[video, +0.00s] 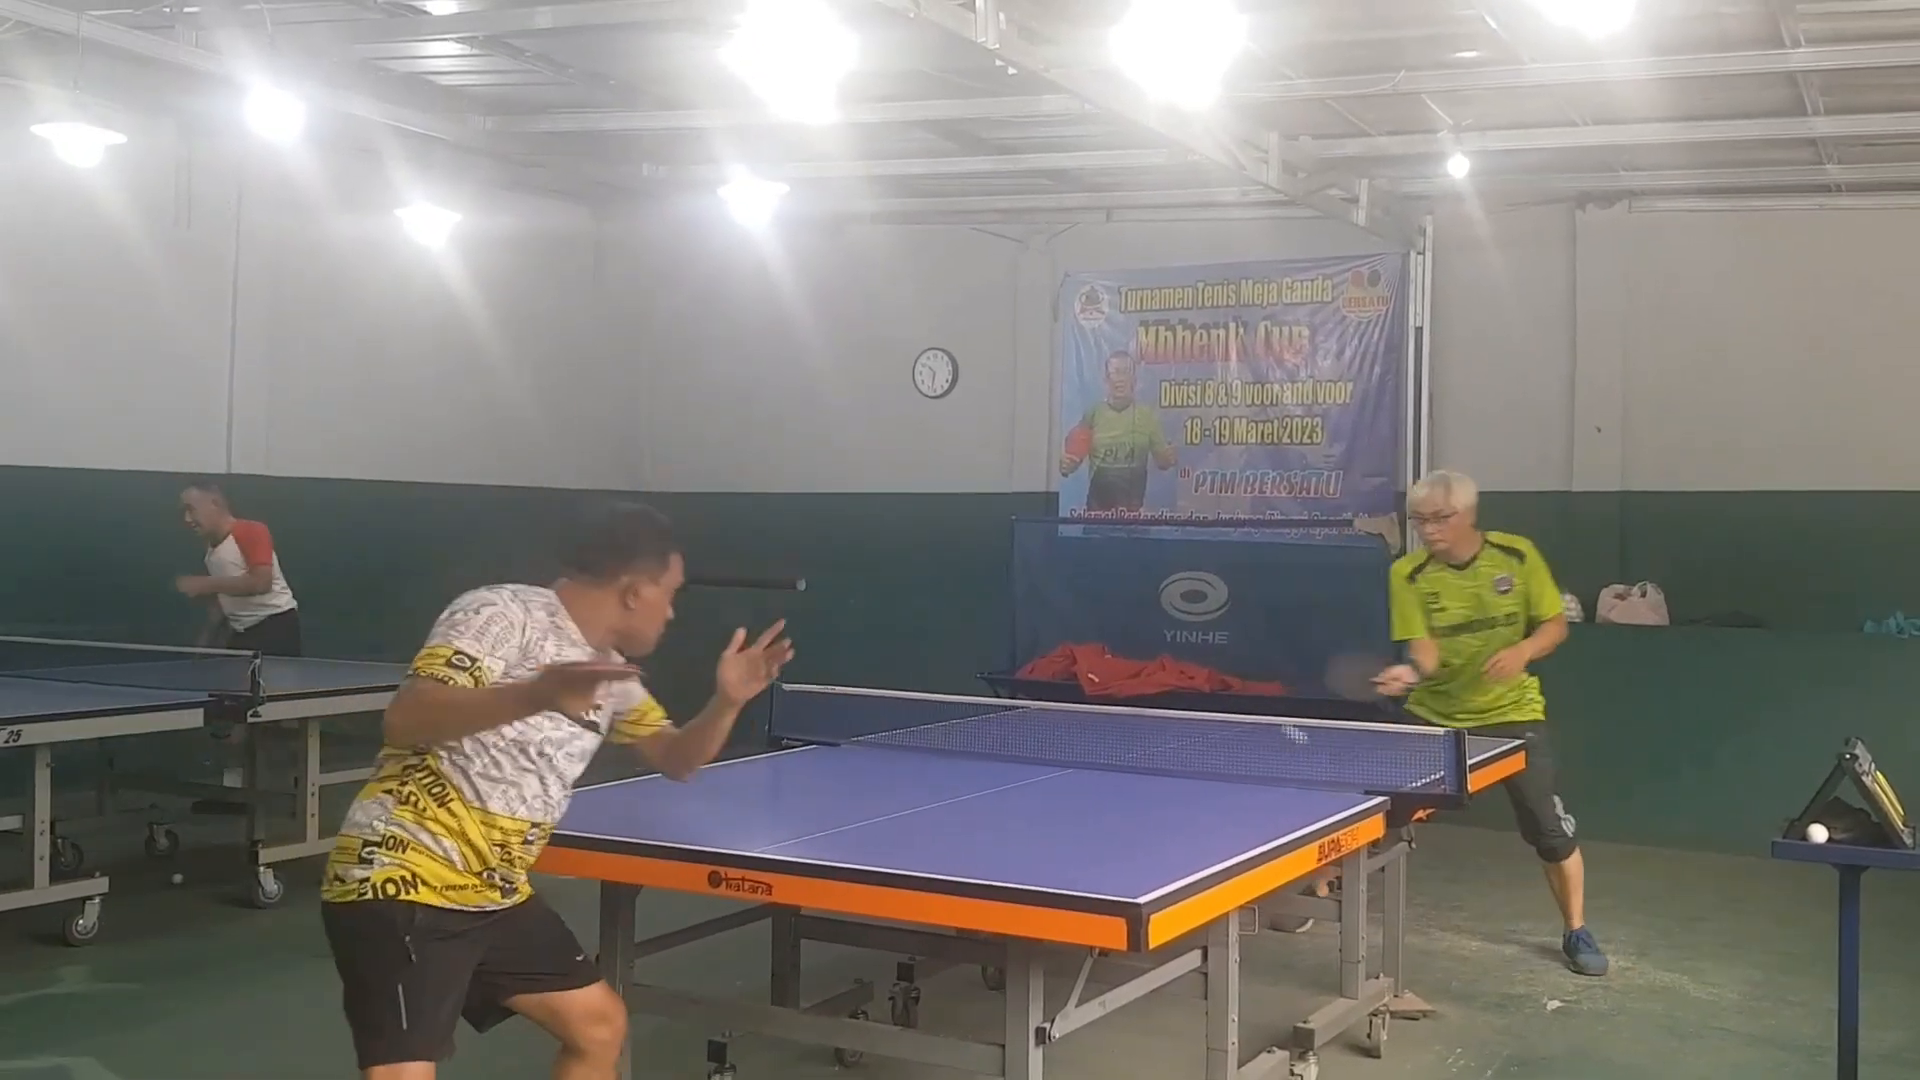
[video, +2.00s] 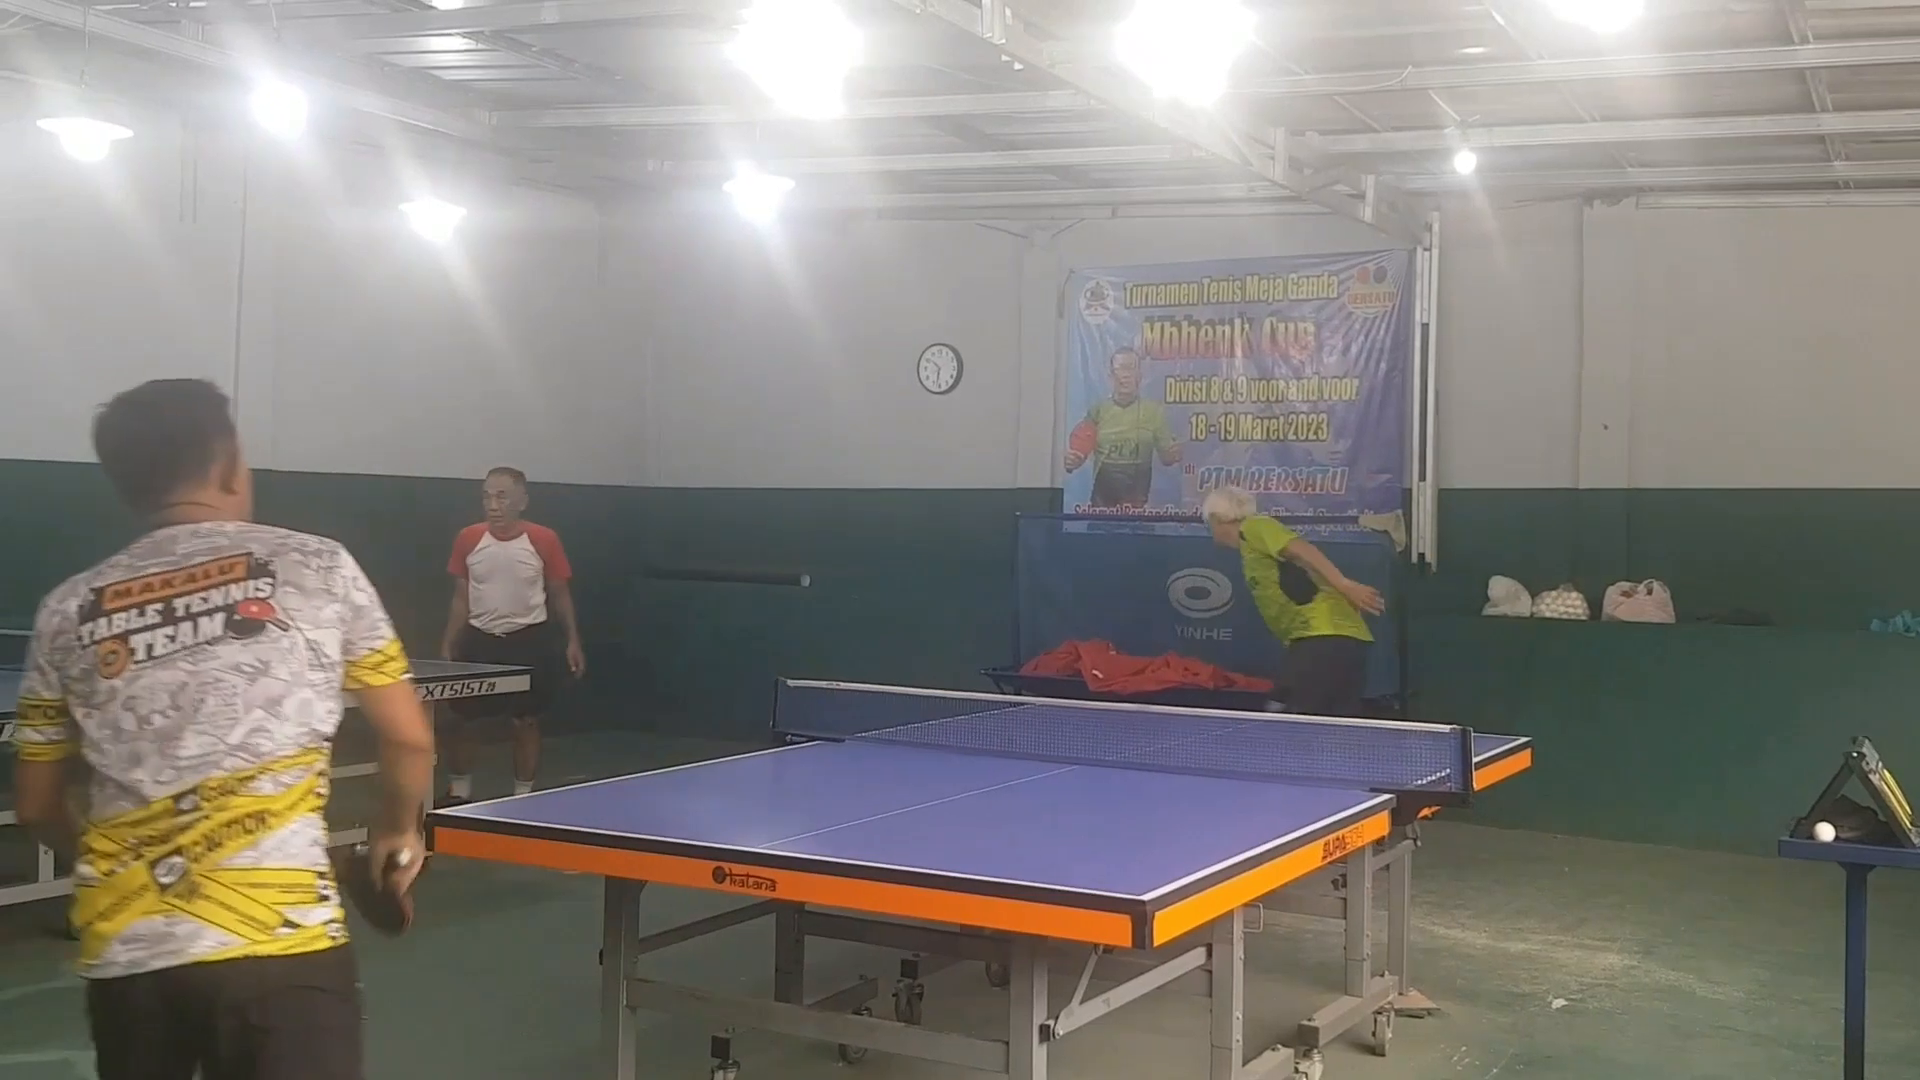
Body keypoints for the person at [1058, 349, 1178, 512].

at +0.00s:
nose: (1119, 379)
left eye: (1125, 373)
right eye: (1114, 373)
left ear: (1134, 378)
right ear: (1106, 378)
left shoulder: (1146, 416)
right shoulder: (1094, 414)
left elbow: (1161, 460)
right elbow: (1077, 448)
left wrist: (1168, 457)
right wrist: (1067, 464)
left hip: (1132, 500)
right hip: (1099, 500)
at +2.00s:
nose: (1124, 375)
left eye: (1130, 369)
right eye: (1118, 369)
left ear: (1139, 374)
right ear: (1111, 374)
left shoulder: (1153, 411)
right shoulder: (1098, 412)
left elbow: (1165, 456)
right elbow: (1082, 444)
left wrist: (1173, 454)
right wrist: (1072, 460)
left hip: (1137, 499)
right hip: (1103, 499)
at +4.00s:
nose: (1117, 382)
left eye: (1122, 375)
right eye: (1111, 375)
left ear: (1132, 380)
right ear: (1103, 381)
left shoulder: (1145, 417)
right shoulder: (1091, 417)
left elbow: (1158, 461)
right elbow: (1074, 449)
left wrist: (1165, 461)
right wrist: (1065, 466)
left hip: (1130, 504)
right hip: (1095, 505)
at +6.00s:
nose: (1119, 380)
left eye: (1125, 373)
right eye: (1112, 374)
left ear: (1134, 379)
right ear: (1104, 379)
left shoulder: (1146, 416)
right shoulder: (1093, 416)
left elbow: (1160, 460)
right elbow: (1076, 448)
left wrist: (1167, 458)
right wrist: (1066, 465)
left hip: (1133, 504)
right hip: (1098, 505)